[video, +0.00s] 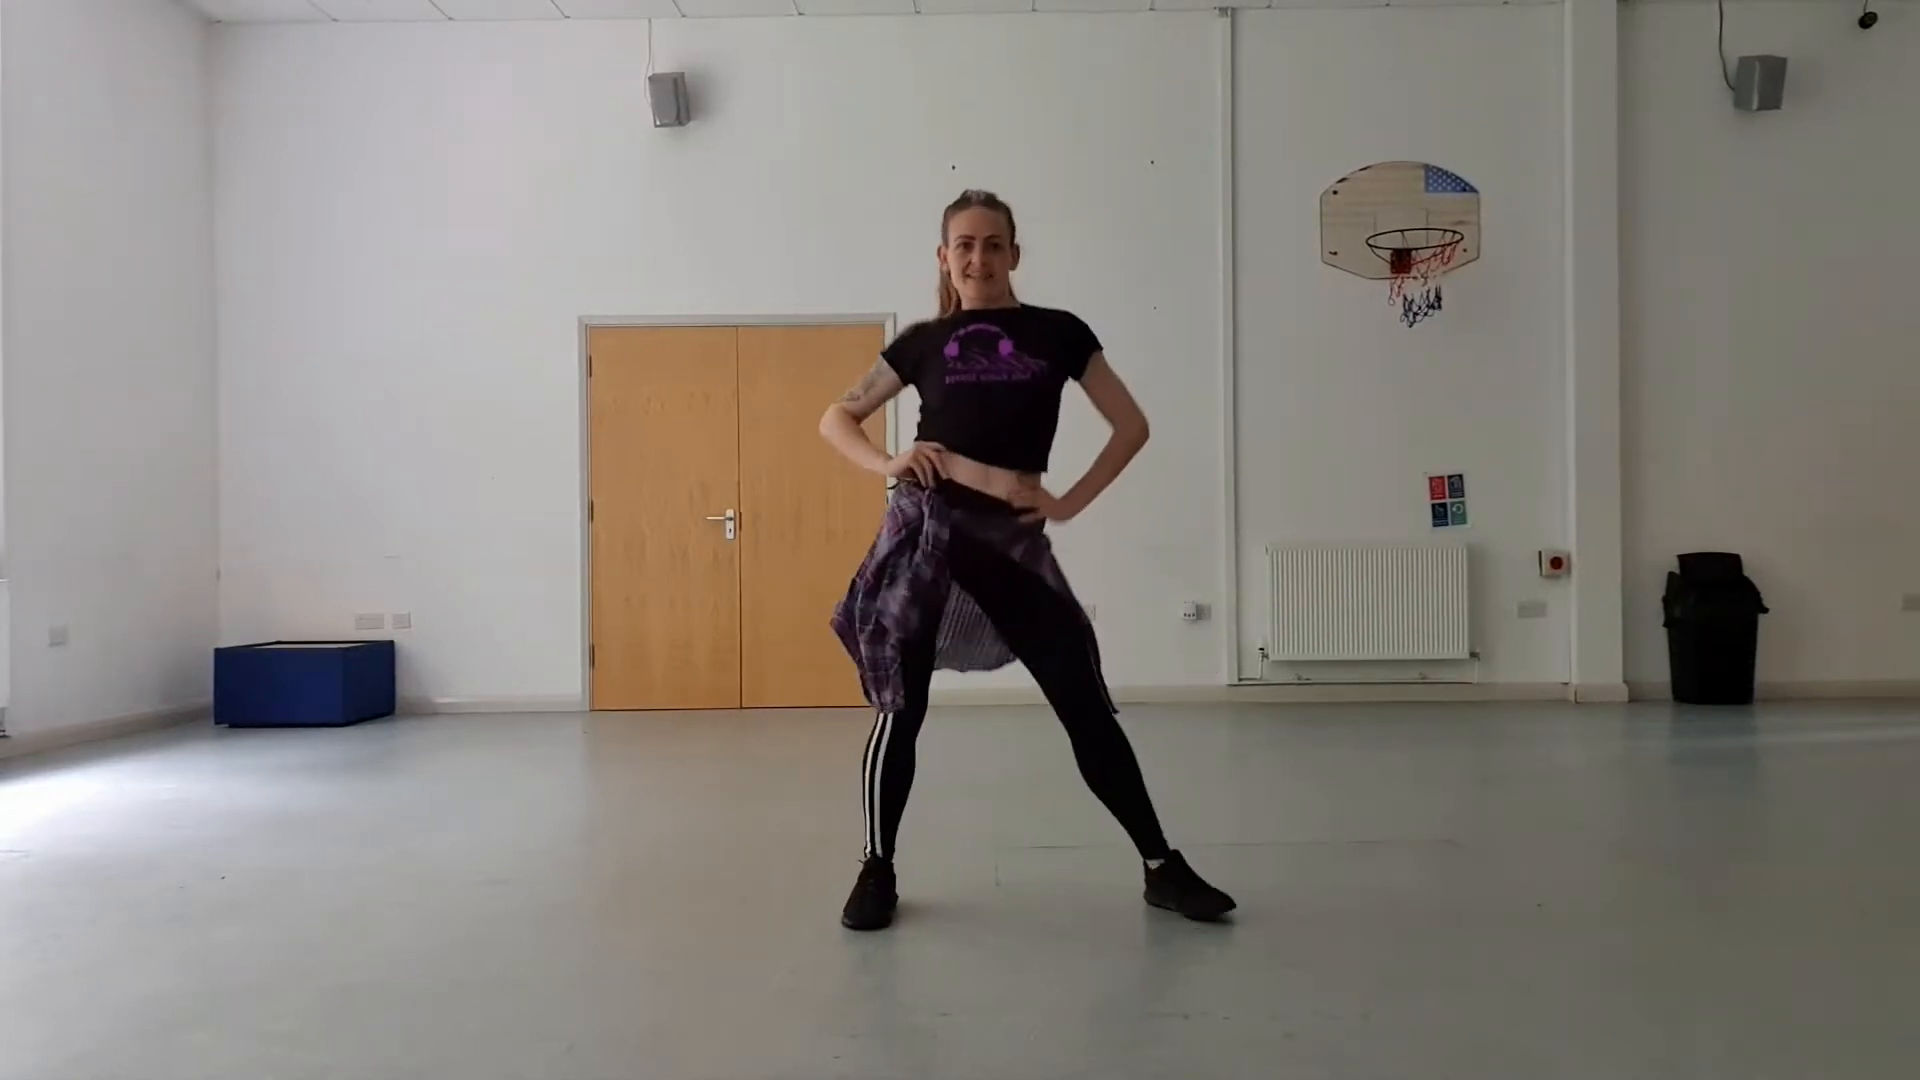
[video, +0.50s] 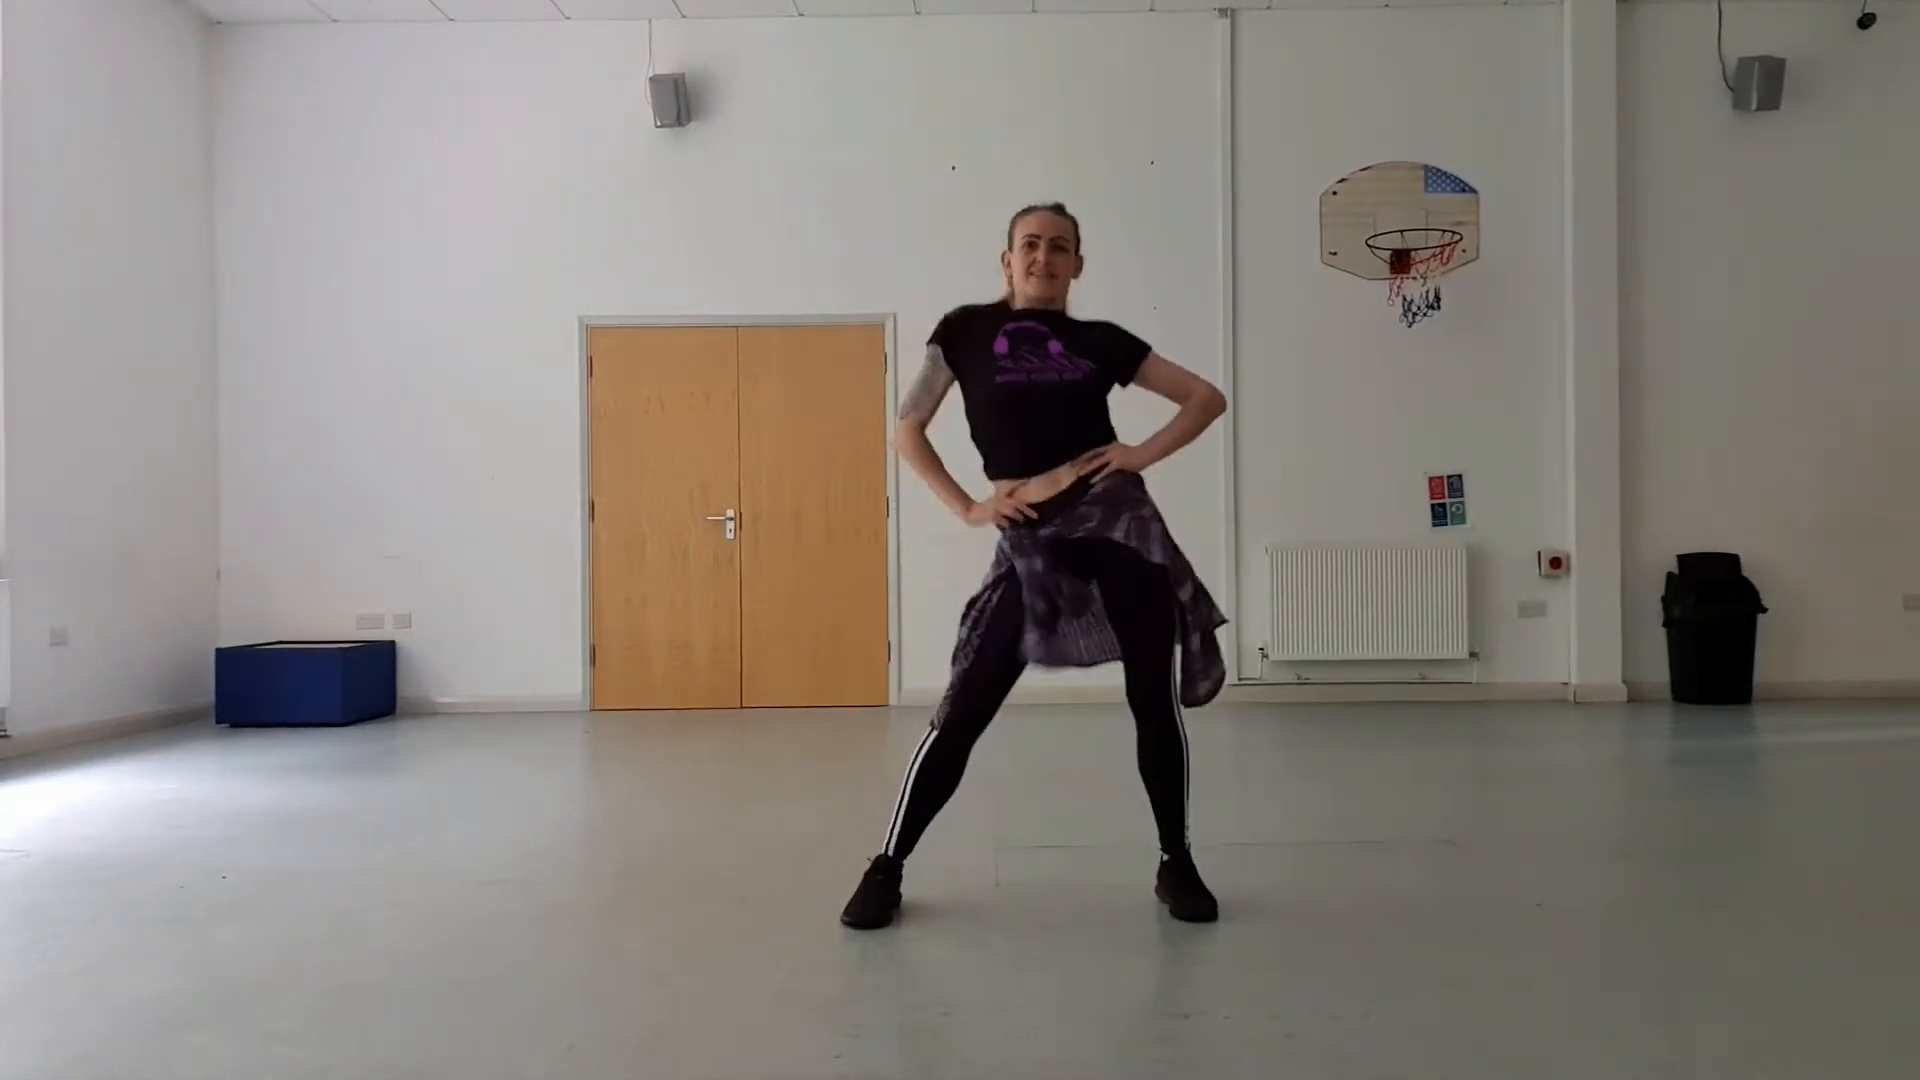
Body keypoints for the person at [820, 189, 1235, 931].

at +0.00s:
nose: (980, 256)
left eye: (993, 243)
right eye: (966, 244)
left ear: (1013, 252)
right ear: (944, 255)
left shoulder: (1058, 334)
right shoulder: (924, 342)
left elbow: (1131, 427)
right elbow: (836, 420)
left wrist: (1069, 502)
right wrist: (884, 462)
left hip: (1012, 536)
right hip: (924, 530)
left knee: (1086, 705)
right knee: (901, 704)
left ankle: (1162, 865)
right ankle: (876, 869)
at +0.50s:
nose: (1042, 255)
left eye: (1057, 247)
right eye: (1030, 244)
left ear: (1076, 266)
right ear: (1007, 260)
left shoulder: (1097, 342)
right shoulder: (965, 333)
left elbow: (1206, 399)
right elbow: (908, 431)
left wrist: (1146, 452)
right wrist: (966, 508)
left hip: (1117, 533)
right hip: (1029, 541)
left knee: (1154, 699)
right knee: (962, 711)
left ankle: (1177, 862)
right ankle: (885, 868)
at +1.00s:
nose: (992, 253)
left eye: (1005, 241)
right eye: (978, 242)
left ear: (1029, 251)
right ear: (958, 258)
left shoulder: (1075, 335)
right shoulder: (939, 337)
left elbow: (1140, 436)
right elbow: (847, 409)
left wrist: (1080, 504)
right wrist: (894, 451)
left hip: (1017, 533)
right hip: (928, 524)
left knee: (1086, 704)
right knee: (901, 699)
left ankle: (1160, 863)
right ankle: (875, 867)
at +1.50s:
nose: (1071, 275)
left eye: (1079, 265)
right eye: (1059, 259)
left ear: (1082, 275)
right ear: (1015, 260)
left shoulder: (1084, 350)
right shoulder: (961, 338)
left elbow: (1194, 404)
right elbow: (894, 431)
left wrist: (1135, 459)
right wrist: (955, 516)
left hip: (1108, 534)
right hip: (1022, 545)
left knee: (1145, 696)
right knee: (955, 708)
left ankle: (1167, 862)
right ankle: (883, 867)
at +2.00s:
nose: (984, 238)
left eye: (996, 226)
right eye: (968, 235)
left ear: (1024, 244)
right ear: (955, 264)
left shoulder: (1074, 327)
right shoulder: (938, 333)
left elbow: (1141, 426)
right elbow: (850, 402)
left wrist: (1082, 501)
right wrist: (894, 457)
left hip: (1023, 530)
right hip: (934, 521)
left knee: (1095, 700)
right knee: (905, 697)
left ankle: (1161, 864)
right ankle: (878, 868)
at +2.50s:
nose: (1062, 248)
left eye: (1077, 236)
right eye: (1049, 235)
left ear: (1096, 246)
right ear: (1026, 241)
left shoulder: (1119, 323)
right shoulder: (989, 322)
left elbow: (1204, 394)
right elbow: (919, 411)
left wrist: (1161, 446)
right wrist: (975, 486)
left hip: (1120, 520)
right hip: (1033, 523)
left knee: (1149, 692)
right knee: (969, 689)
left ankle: (1166, 861)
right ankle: (915, 855)